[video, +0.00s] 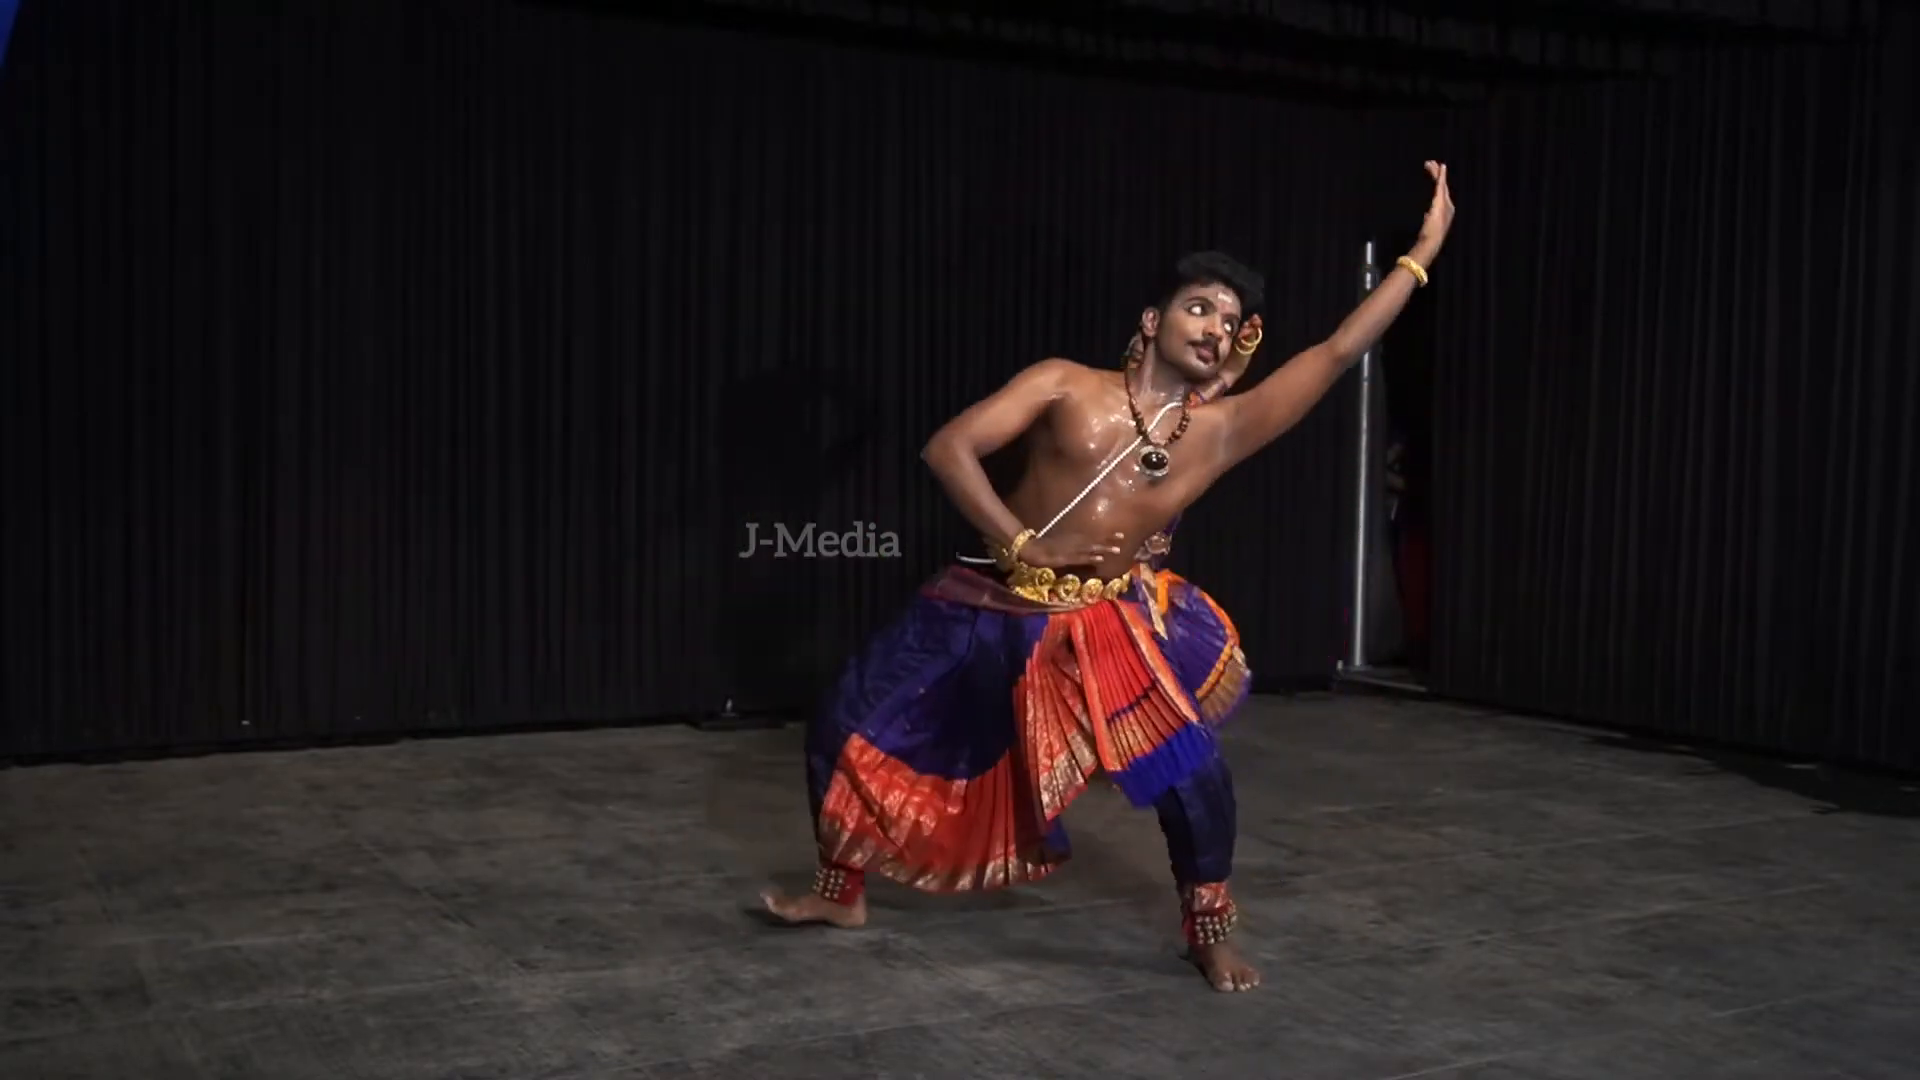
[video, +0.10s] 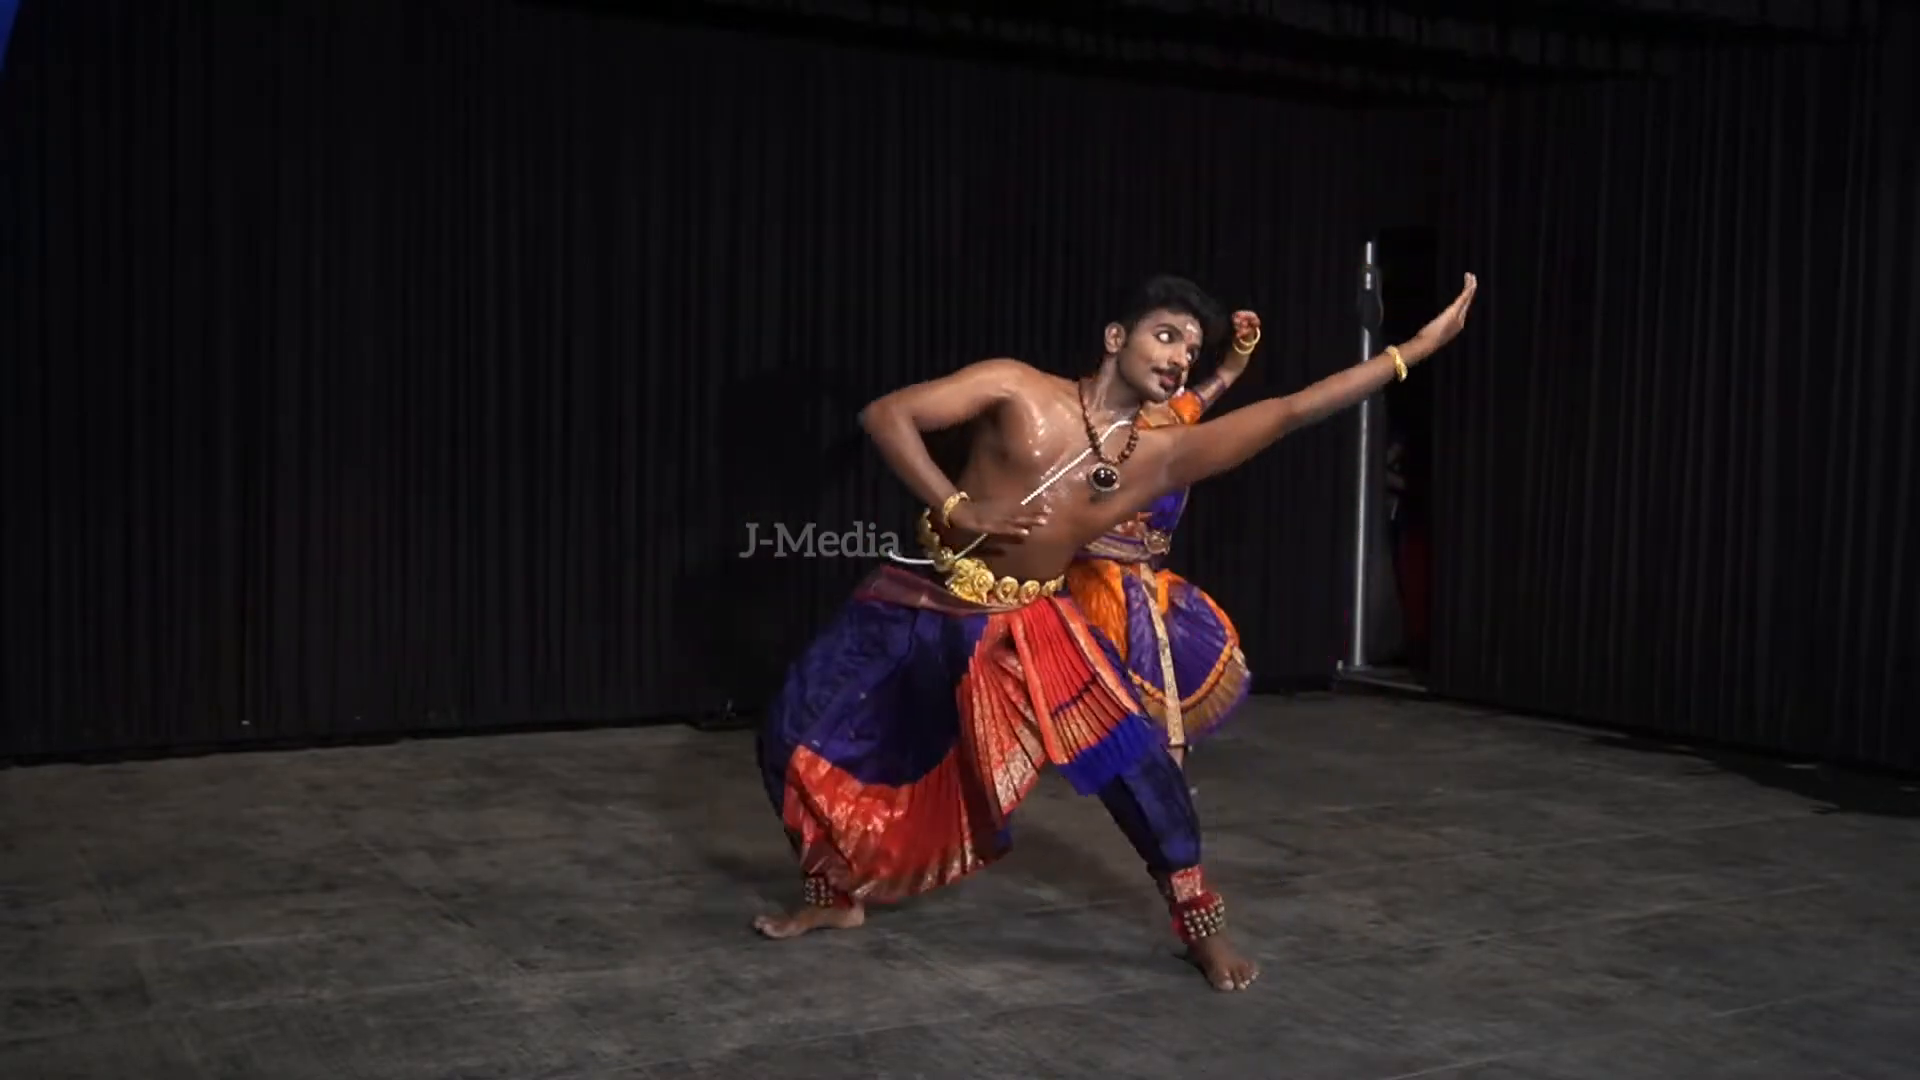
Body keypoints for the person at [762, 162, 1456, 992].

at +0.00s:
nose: (1217, 328)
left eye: (1231, 322)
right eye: (1202, 309)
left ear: (1236, 351)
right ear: (1151, 322)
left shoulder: (1220, 431)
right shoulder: (1063, 387)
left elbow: (1336, 350)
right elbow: (947, 449)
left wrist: (1419, 258)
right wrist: (1017, 541)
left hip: (1113, 621)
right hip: (997, 603)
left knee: (1197, 768)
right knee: (851, 714)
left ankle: (1210, 928)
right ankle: (838, 886)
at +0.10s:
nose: (1178, 359)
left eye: (1192, 349)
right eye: (1167, 337)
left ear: (1193, 367)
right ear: (1119, 335)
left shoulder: (1166, 450)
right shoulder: (1015, 388)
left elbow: (1295, 409)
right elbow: (885, 416)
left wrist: (1411, 351)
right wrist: (950, 505)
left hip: (1039, 617)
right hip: (929, 595)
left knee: (1130, 748)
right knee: (798, 726)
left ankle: (1198, 922)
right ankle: (836, 892)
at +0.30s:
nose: (1073, 405)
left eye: (1084, 397)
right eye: (1066, 385)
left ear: (1078, 406)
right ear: (1016, 369)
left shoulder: (1036, 489)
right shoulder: (911, 392)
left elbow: (1159, 526)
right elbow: (779, 354)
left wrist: (1286, 556)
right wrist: (835, 441)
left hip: (897, 607)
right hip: (795, 587)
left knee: (997, 734)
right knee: (747, 745)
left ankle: (1090, 896)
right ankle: (821, 888)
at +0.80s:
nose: (856, 394)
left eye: (866, 383)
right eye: (849, 375)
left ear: (871, 382)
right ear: (806, 351)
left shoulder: (825, 457)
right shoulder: (706, 369)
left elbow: (783, 544)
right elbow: (584, 341)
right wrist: (658, 415)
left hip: (716, 579)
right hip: (634, 568)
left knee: (739, 728)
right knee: (687, 738)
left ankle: (600, 821)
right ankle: (798, 871)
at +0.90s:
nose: (804, 375)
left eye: (814, 364)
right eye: (797, 357)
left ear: (818, 364)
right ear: (752, 335)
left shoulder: (778, 439)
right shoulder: (660, 358)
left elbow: (726, 522)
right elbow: (537, 329)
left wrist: (678, 581)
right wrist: (611, 396)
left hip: (679, 574)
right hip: (597, 560)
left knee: (691, 732)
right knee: (656, 728)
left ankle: (573, 828)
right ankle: (765, 864)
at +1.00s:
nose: (759, 356)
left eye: (769, 344)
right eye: (750, 338)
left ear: (773, 346)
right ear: (705, 320)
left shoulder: (740, 420)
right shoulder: (618, 348)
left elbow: (686, 497)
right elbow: (497, 322)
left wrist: (603, 545)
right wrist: (570, 382)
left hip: (654, 565)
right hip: (569, 554)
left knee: (655, 715)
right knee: (574, 710)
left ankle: (564, 833)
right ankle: (695, 855)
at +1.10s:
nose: (721, 339)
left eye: (730, 326)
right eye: (711, 321)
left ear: (734, 328)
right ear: (665, 306)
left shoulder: (710, 405)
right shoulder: (584, 342)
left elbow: (659, 482)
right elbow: (459, 317)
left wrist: (554, 501)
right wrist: (533, 368)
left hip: (628, 570)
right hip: (539, 558)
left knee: (618, 713)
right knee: (501, 686)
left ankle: (553, 841)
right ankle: (613, 839)